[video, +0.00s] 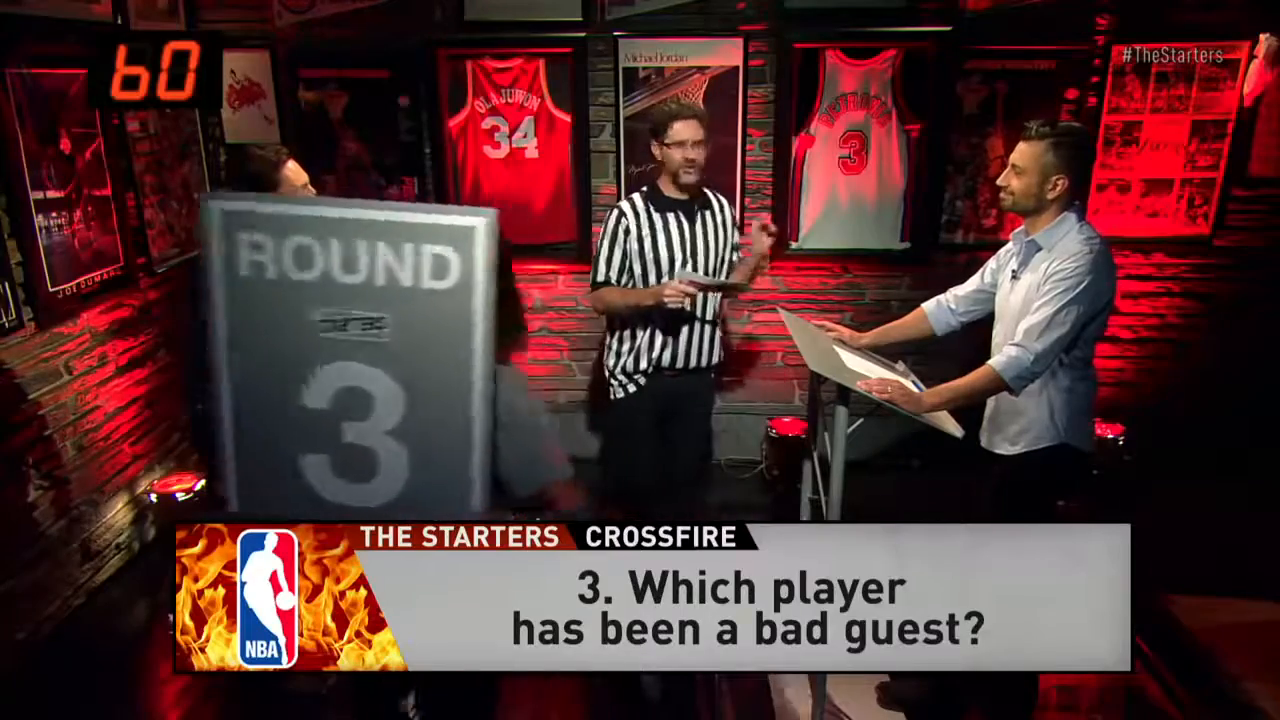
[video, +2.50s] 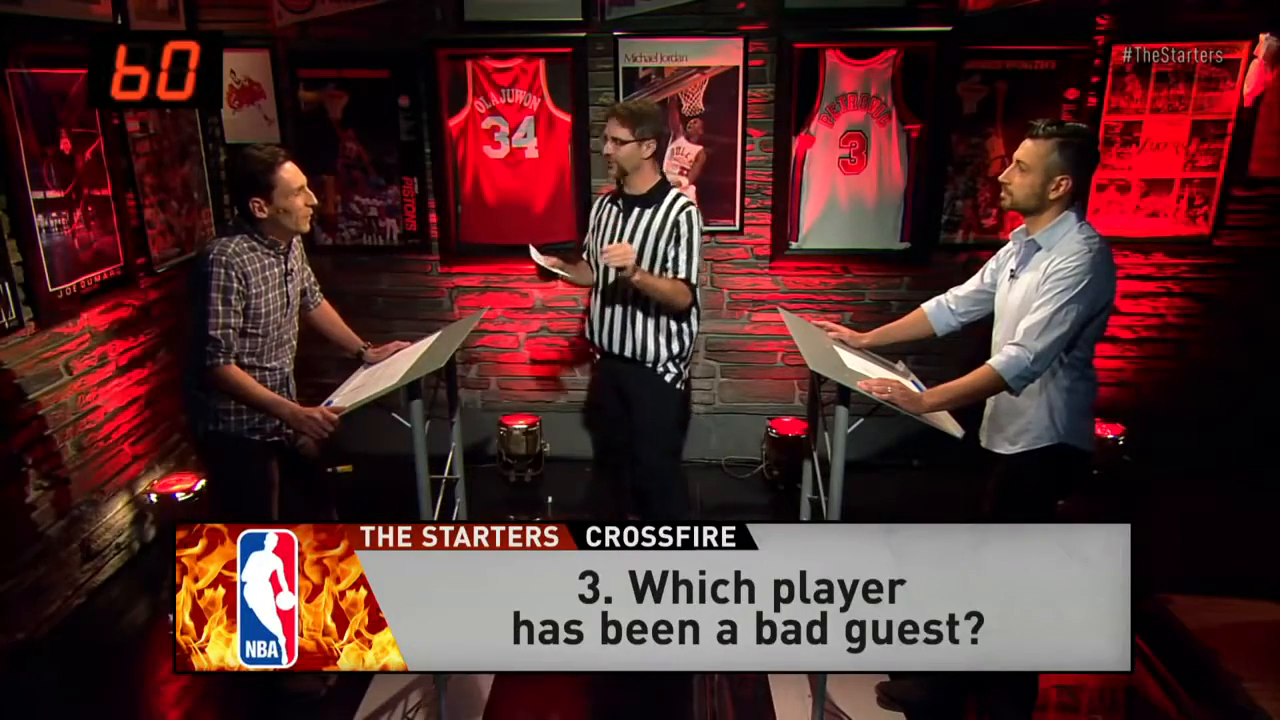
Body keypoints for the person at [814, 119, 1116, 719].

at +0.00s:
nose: (1002, 178)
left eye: (1016, 172)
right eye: (1006, 166)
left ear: (1056, 189)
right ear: (1043, 186)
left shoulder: (1082, 259)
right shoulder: (1025, 244)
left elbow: (1024, 359)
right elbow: (954, 306)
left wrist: (928, 398)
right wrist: (867, 339)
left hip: (1043, 446)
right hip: (1000, 433)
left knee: (1008, 579)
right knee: (973, 562)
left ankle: (1000, 703)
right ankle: (940, 684)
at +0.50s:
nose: (1003, 178)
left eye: (1018, 171)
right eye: (1008, 166)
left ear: (1057, 189)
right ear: (1045, 186)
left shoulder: (1084, 260)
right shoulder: (1025, 244)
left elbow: (1024, 360)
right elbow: (954, 306)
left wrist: (927, 398)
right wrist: (868, 339)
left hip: (1043, 446)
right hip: (1001, 433)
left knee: (1007, 579)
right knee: (973, 563)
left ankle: (996, 704)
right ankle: (939, 683)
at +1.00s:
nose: (1005, 177)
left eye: (1019, 170)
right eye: (1009, 166)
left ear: (1058, 188)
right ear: (1046, 186)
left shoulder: (1084, 259)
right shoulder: (1026, 243)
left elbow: (1024, 360)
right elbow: (955, 306)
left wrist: (928, 398)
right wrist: (868, 339)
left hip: (1043, 446)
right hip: (1002, 433)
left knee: (1005, 578)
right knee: (976, 563)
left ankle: (997, 704)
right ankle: (941, 683)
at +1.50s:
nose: (1004, 176)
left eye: (1019, 169)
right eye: (1009, 164)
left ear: (1057, 188)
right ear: (1046, 185)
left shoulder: (1082, 259)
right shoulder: (1025, 244)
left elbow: (1023, 360)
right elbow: (955, 306)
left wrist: (928, 398)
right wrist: (868, 339)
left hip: (1043, 445)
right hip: (1002, 433)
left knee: (1006, 578)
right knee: (977, 564)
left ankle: (1001, 705)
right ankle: (942, 683)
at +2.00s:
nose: (1005, 175)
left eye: (1020, 169)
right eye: (1010, 164)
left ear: (1058, 188)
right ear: (1047, 185)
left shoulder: (1083, 259)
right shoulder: (1025, 243)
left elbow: (1023, 360)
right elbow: (955, 306)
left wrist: (927, 398)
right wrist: (868, 339)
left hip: (1043, 446)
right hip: (1003, 434)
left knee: (1007, 580)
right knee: (979, 565)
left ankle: (1000, 705)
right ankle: (942, 684)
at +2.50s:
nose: (1006, 175)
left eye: (1021, 168)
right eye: (1011, 164)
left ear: (1058, 188)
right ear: (1047, 184)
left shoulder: (1083, 258)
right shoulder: (1025, 243)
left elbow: (1023, 360)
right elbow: (955, 306)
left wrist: (927, 398)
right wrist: (868, 339)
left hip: (1043, 445)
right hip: (1003, 433)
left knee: (1007, 580)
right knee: (980, 565)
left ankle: (1000, 705)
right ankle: (942, 683)